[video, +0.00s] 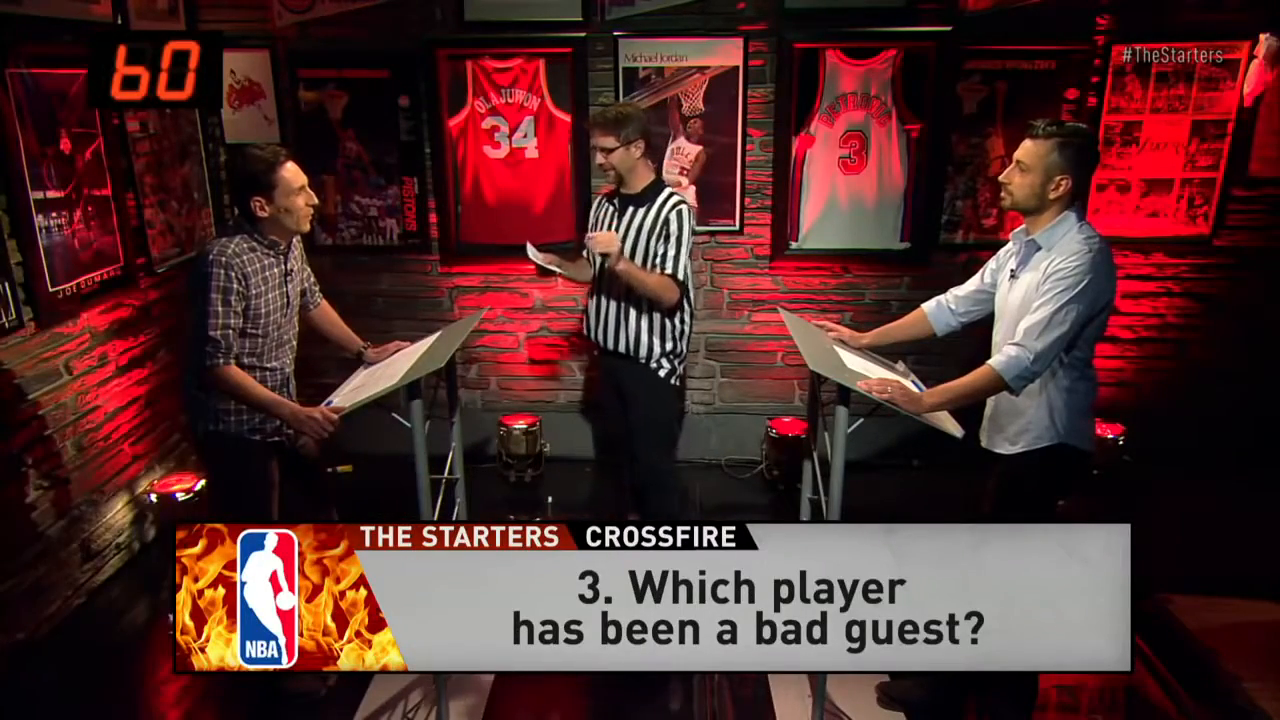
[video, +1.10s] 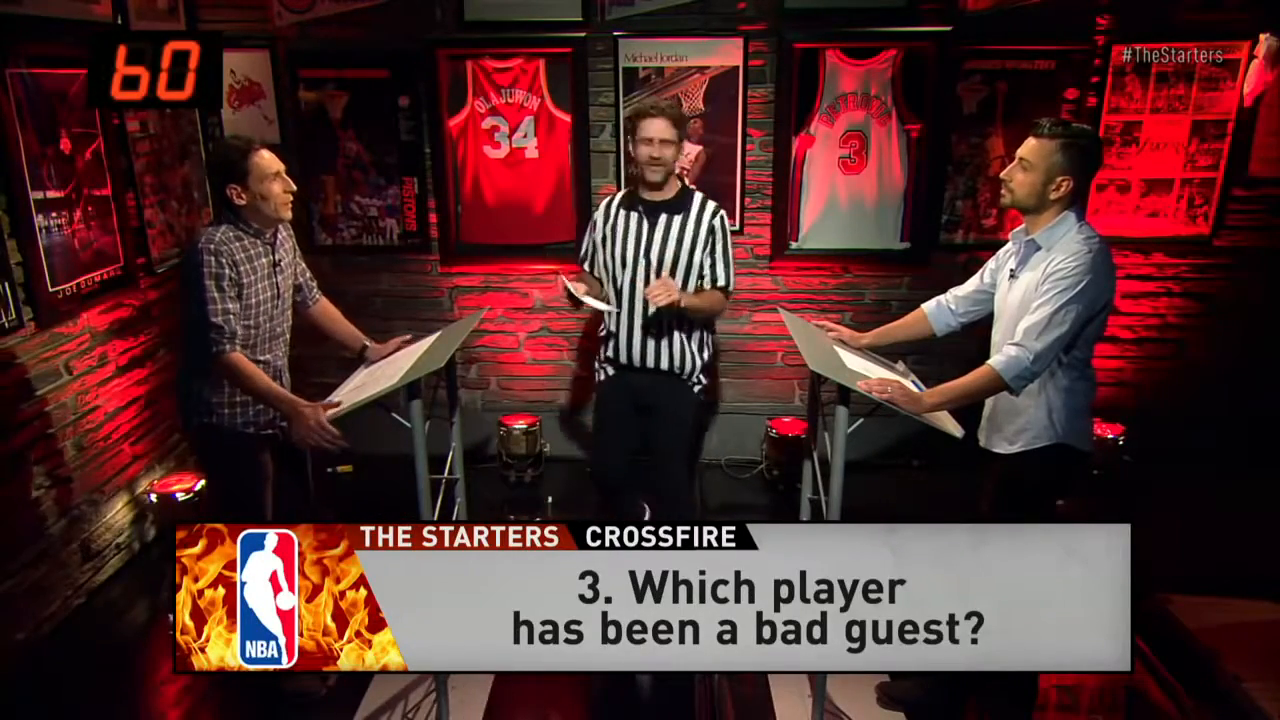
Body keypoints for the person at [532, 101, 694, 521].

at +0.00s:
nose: (599, 160)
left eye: (607, 150)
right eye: (595, 151)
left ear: (638, 147)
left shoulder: (673, 209)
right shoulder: (605, 204)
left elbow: (670, 293)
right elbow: (599, 275)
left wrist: (619, 262)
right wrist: (559, 263)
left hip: (653, 368)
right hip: (608, 361)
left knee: (653, 474)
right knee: (611, 469)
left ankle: (663, 550)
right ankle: (612, 542)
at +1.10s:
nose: (655, 152)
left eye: (665, 143)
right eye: (646, 142)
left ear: (680, 149)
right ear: (631, 148)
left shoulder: (709, 217)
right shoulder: (608, 211)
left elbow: (717, 301)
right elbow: (596, 283)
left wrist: (682, 300)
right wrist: (586, 290)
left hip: (680, 381)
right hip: (618, 376)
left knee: (672, 490)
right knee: (610, 484)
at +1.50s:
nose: (701, 152)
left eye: (701, 142)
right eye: (690, 145)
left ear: (689, 149)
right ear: (654, 153)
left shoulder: (711, 214)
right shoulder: (615, 218)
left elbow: (725, 293)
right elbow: (581, 288)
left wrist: (754, 259)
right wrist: (610, 305)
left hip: (688, 383)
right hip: (631, 385)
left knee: (677, 504)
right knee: (625, 503)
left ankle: (671, 596)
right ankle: (617, 596)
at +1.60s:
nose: (703, 152)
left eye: (703, 143)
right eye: (693, 145)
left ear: (689, 154)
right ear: (657, 154)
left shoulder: (709, 212)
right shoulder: (617, 219)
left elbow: (727, 286)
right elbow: (584, 293)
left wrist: (775, 260)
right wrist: (623, 308)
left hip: (691, 384)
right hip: (633, 388)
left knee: (679, 505)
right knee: (632, 504)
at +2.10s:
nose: (649, 162)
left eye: (661, 152)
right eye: (644, 151)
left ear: (694, 156)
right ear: (639, 153)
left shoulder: (722, 216)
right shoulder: (619, 212)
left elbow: (733, 287)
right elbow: (586, 285)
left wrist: (716, 311)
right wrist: (619, 308)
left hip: (690, 381)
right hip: (628, 380)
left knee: (679, 487)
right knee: (631, 486)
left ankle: (674, 575)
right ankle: (620, 570)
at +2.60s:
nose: (628, 161)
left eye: (640, 153)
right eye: (627, 150)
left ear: (675, 158)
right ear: (625, 149)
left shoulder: (712, 221)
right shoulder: (616, 211)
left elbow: (728, 305)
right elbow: (598, 279)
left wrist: (673, 324)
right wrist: (593, 297)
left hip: (681, 385)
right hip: (619, 379)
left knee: (675, 494)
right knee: (611, 489)